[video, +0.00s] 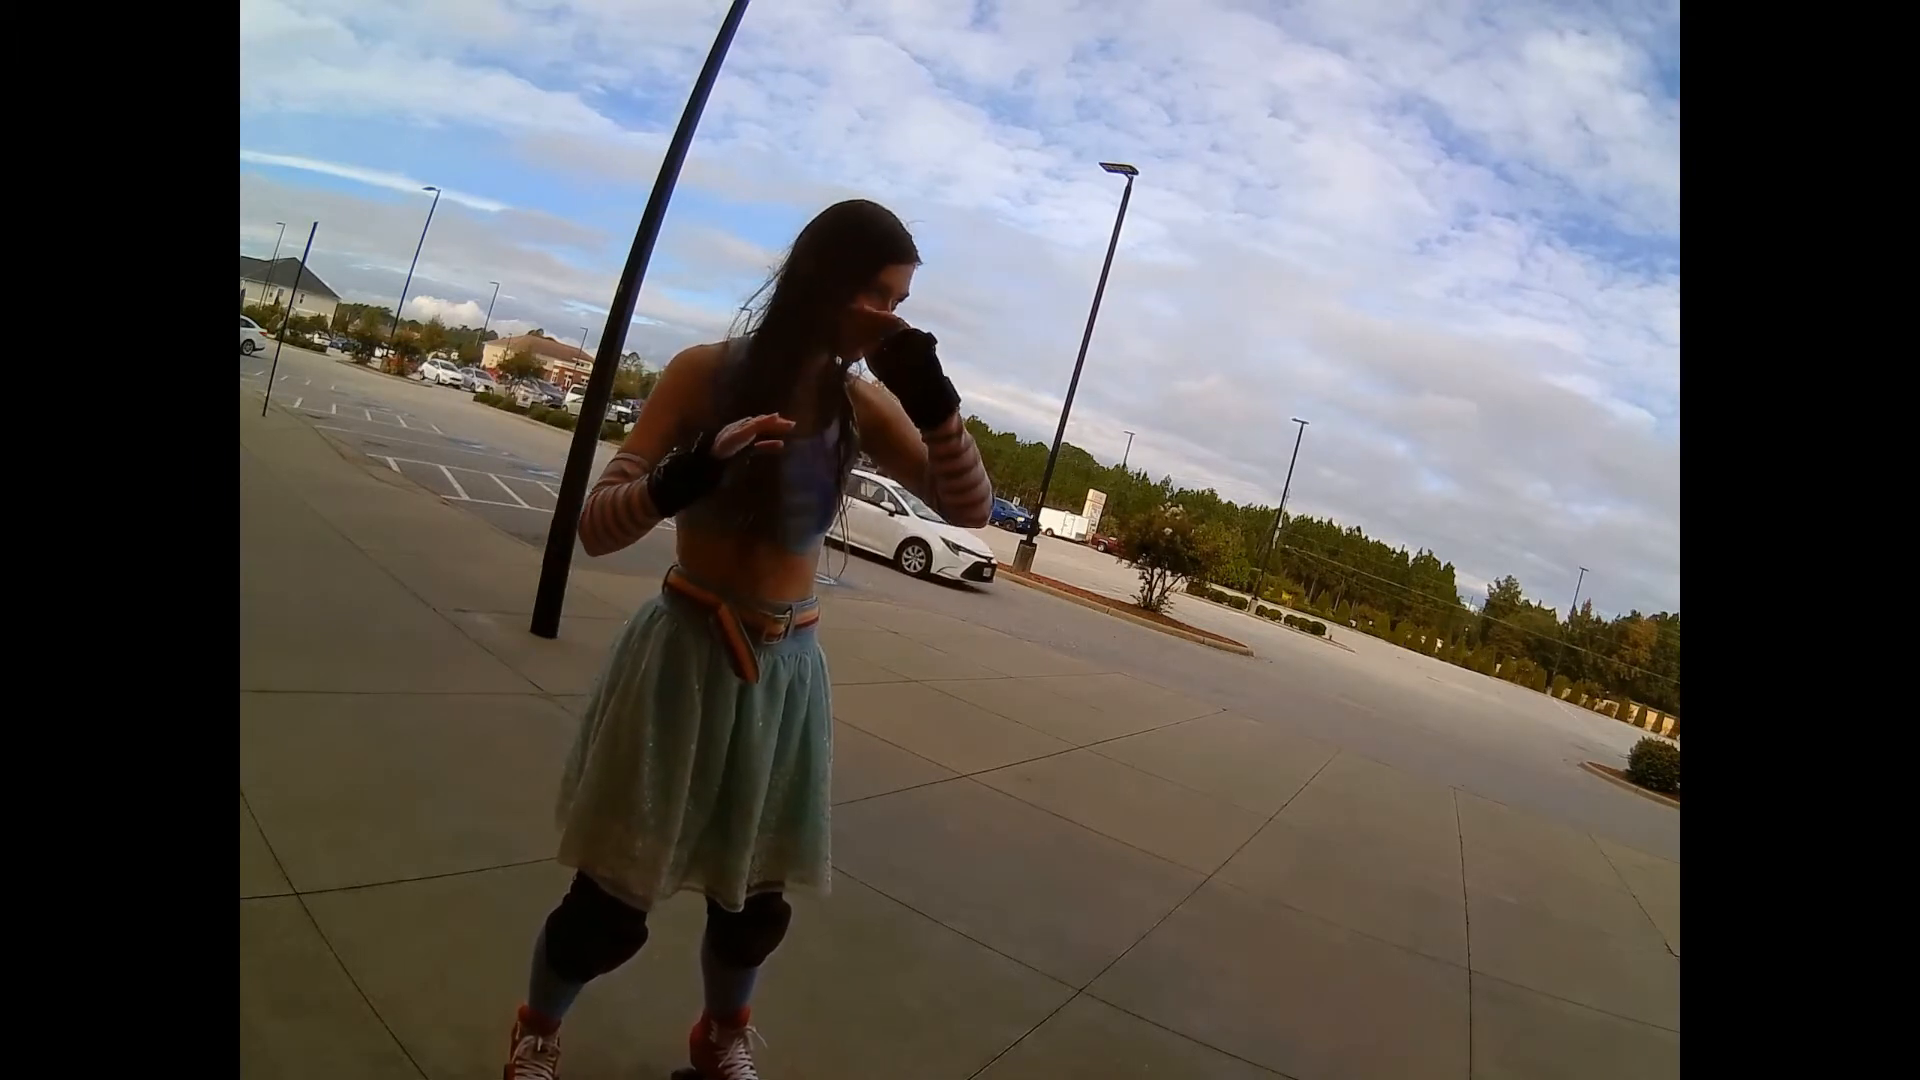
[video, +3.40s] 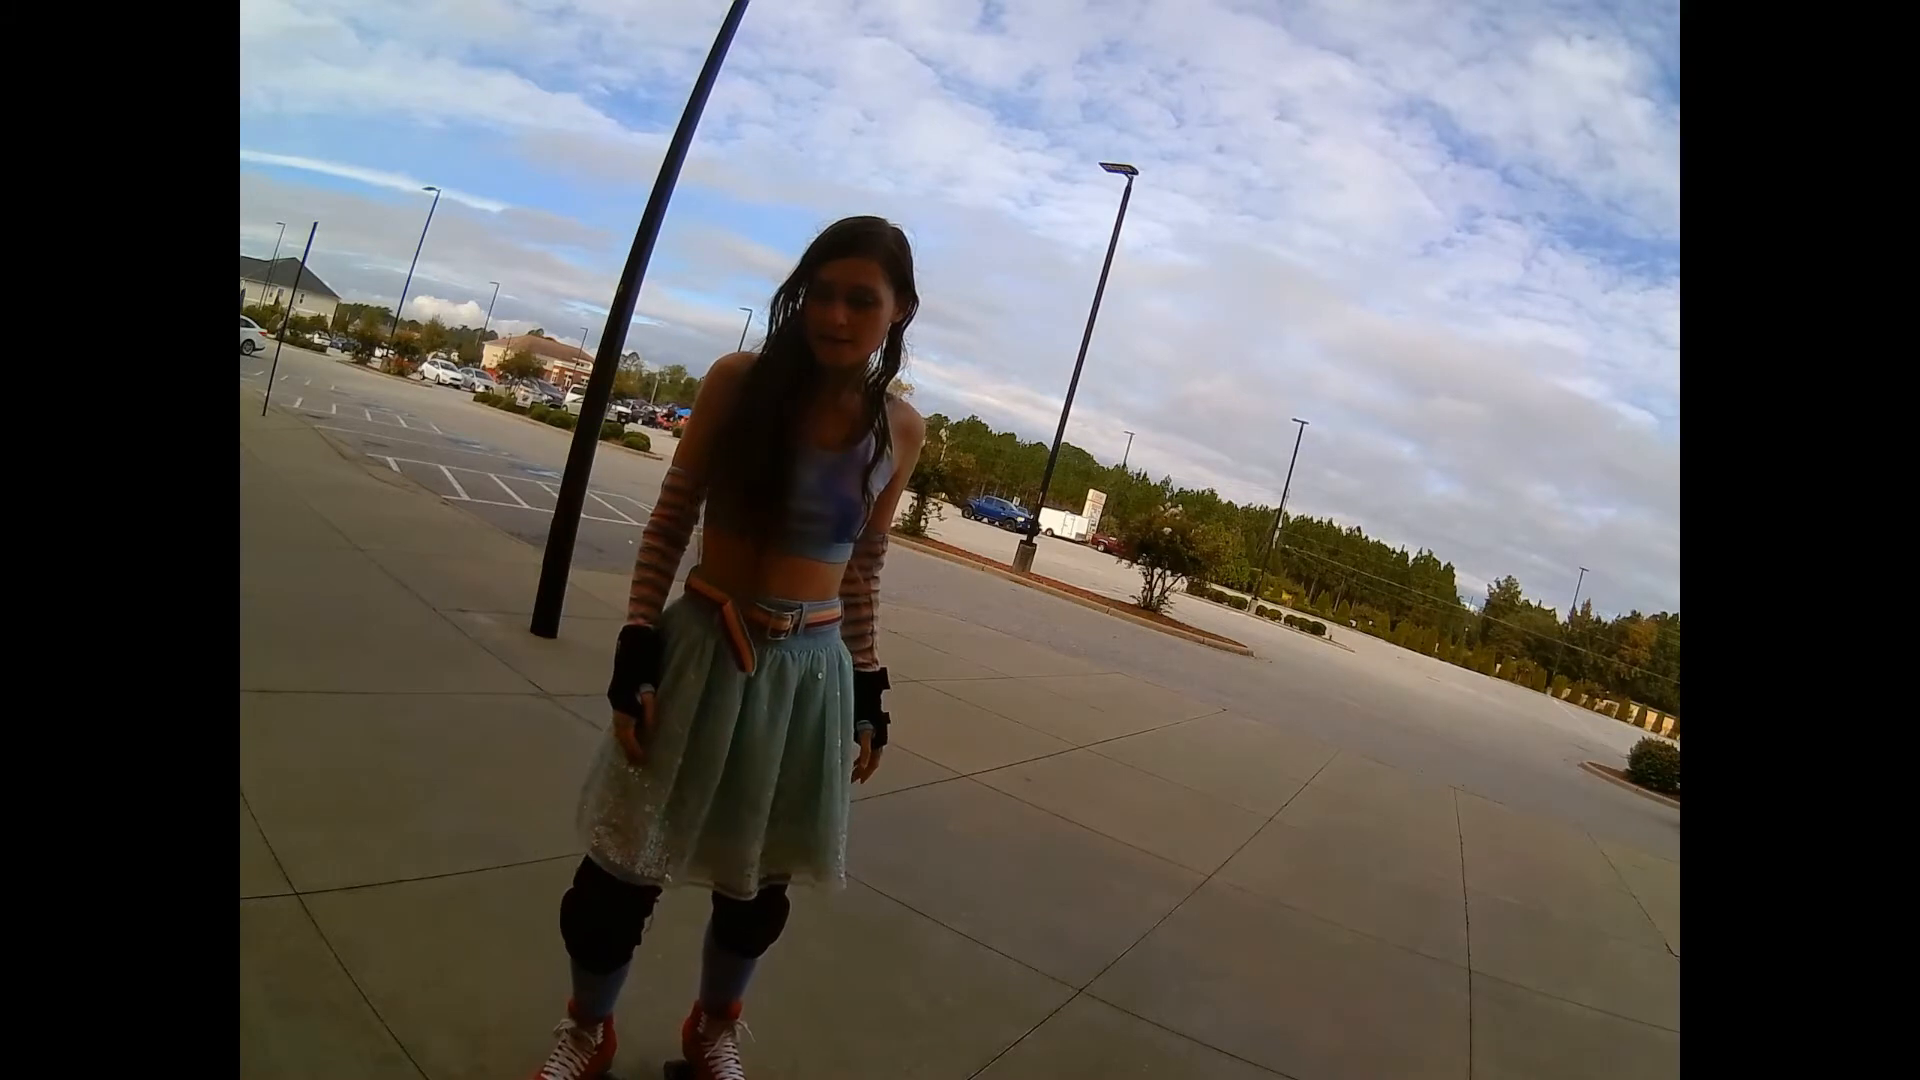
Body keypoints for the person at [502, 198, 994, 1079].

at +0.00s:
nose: (893, 318)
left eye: (902, 300)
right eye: (882, 296)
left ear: (894, 307)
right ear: (825, 286)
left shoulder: (857, 399)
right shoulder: (705, 378)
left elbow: (966, 507)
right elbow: (598, 529)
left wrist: (931, 393)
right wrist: (701, 464)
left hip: (788, 665)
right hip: (682, 649)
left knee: (756, 908)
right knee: (611, 909)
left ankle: (724, 1039)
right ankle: (537, 1034)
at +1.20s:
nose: (828, 288)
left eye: (850, 272)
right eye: (810, 266)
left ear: (871, 290)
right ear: (774, 270)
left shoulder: (862, 410)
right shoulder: (699, 373)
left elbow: (878, 578)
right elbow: (604, 503)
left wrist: (895, 483)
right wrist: (655, 547)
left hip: (776, 668)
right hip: (671, 650)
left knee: (747, 901)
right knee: (602, 895)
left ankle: (714, 1037)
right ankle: (535, 1037)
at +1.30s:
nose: (816, 286)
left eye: (839, 269)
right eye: (798, 264)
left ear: (863, 288)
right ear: (764, 272)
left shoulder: (865, 411)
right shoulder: (695, 373)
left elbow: (845, 544)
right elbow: (605, 496)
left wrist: (874, 609)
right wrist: (620, 570)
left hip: (773, 672)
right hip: (666, 656)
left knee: (746, 905)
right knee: (599, 896)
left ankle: (714, 1035)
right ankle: (535, 1033)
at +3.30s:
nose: (838, 316)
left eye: (862, 300)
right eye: (823, 293)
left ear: (897, 315)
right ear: (799, 297)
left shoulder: (902, 426)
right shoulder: (739, 382)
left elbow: (868, 568)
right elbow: (671, 521)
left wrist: (872, 683)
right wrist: (637, 640)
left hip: (811, 677)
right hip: (702, 652)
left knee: (760, 887)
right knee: (619, 868)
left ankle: (716, 1032)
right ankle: (579, 1034)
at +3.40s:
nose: (838, 316)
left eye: (862, 300)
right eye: (823, 293)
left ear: (897, 316)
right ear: (799, 298)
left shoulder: (898, 427)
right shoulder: (737, 383)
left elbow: (864, 572)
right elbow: (670, 522)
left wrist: (867, 688)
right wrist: (637, 644)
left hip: (809, 679)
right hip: (699, 654)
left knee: (758, 886)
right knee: (619, 872)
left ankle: (715, 1032)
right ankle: (586, 1035)